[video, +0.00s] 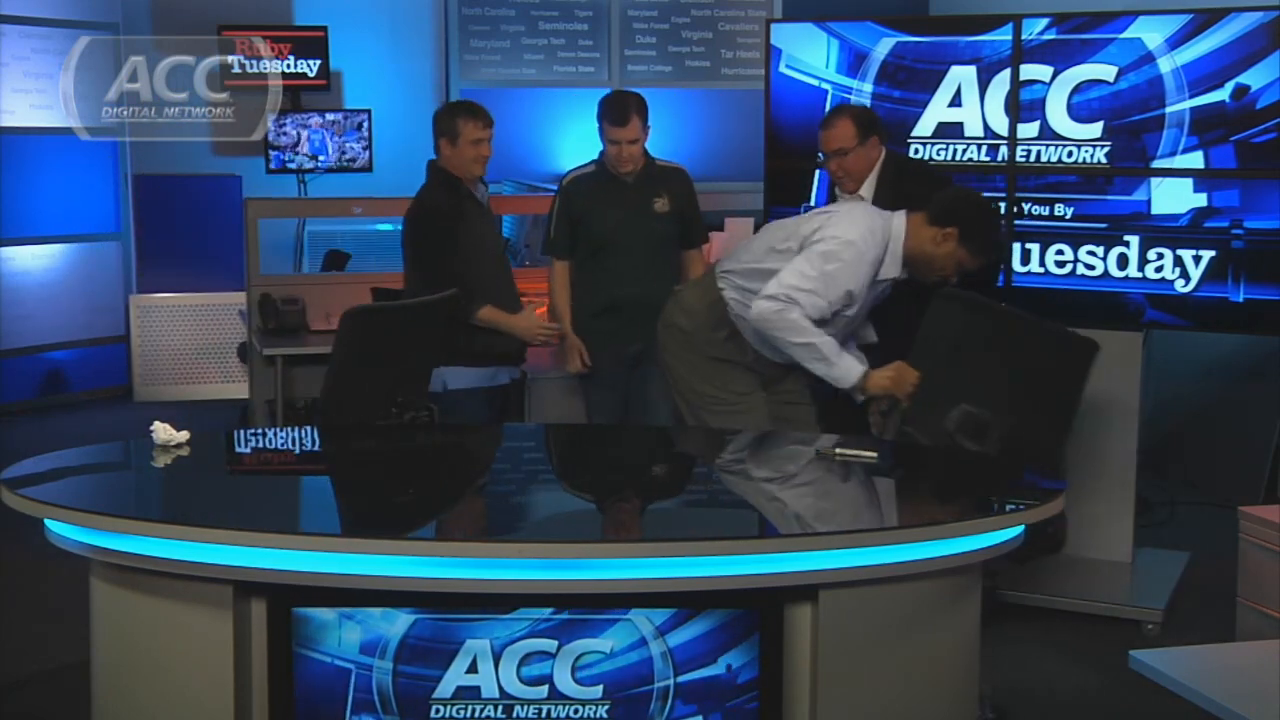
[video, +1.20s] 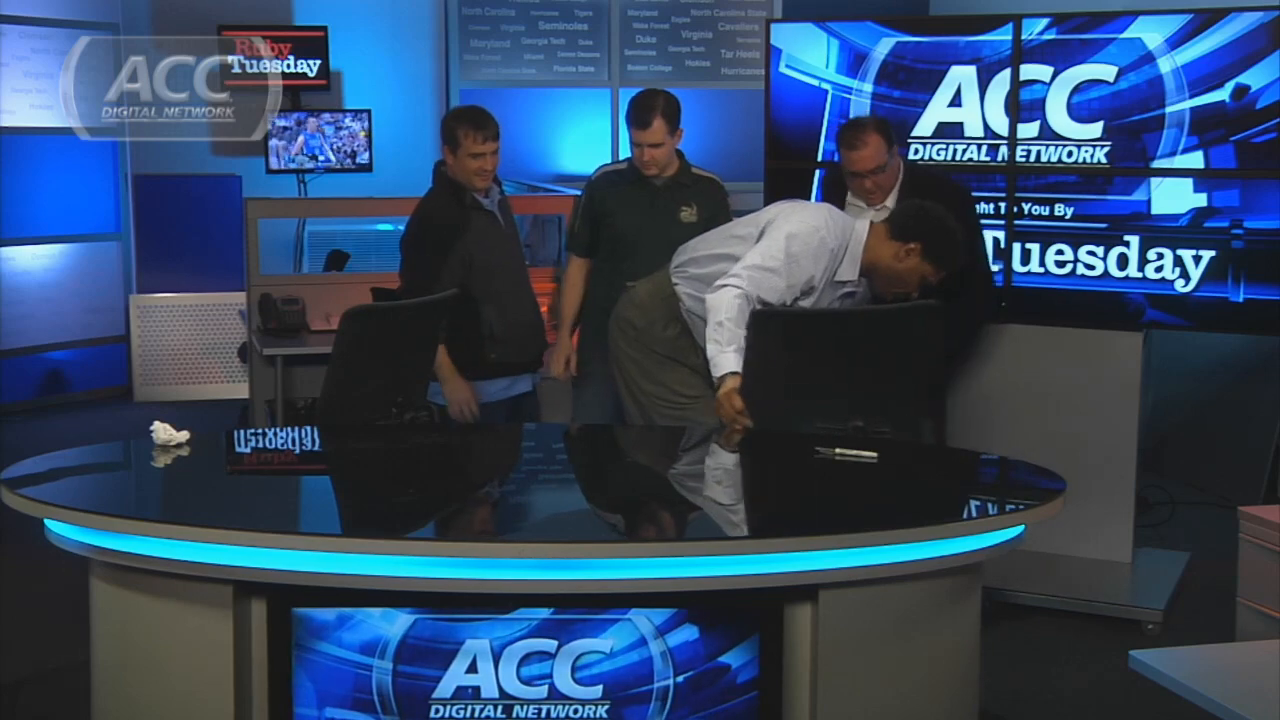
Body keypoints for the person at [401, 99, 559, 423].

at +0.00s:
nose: (486, 152)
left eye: (488, 142)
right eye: (476, 143)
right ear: (446, 147)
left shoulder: (472, 199)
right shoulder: (433, 205)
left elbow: (485, 280)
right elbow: (443, 295)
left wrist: (520, 316)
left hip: (493, 364)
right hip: (459, 369)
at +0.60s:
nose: (502, 162)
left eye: (506, 152)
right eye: (490, 154)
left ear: (511, 148)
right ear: (461, 153)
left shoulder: (491, 203)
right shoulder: (448, 212)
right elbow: (435, 307)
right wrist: (491, 358)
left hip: (503, 384)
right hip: (469, 390)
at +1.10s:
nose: (489, 165)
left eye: (495, 154)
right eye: (478, 156)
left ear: (501, 149)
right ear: (450, 155)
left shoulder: (496, 198)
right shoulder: (434, 216)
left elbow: (506, 279)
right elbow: (420, 308)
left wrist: (530, 345)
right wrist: (459, 374)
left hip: (515, 379)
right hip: (466, 391)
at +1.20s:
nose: (488, 165)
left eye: (493, 154)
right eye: (476, 157)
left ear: (499, 149)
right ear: (448, 156)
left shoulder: (495, 198)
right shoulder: (432, 217)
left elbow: (507, 279)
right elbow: (418, 308)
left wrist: (531, 344)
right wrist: (448, 376)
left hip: (518, 377)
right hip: (472, 390)